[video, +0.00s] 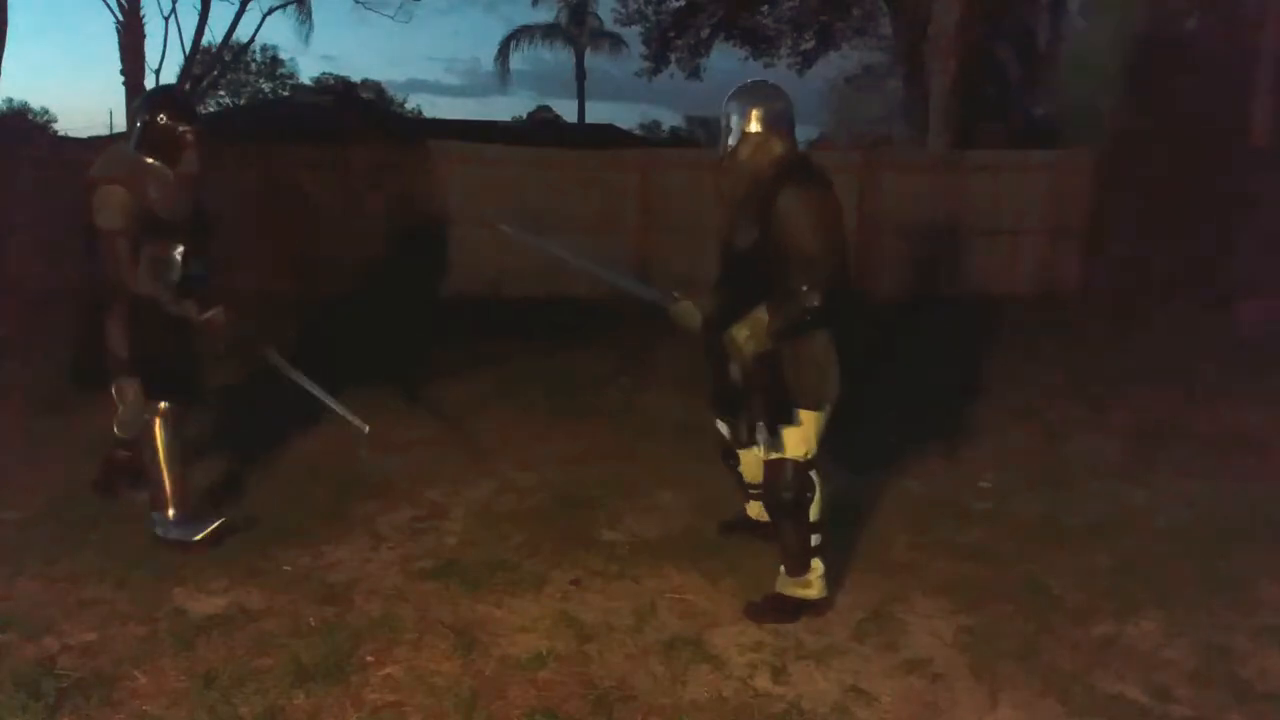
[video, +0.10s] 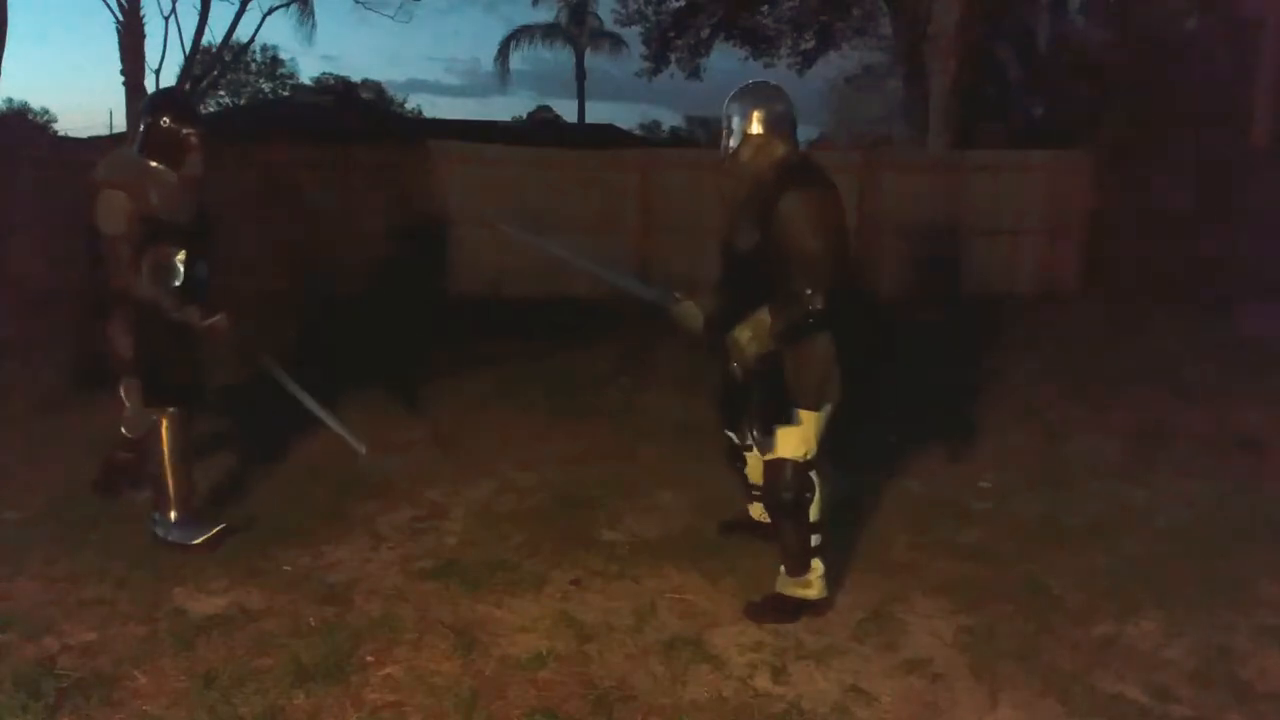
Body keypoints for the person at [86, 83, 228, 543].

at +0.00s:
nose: (187, 138)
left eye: (189, 129)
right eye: (179, 128)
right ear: (154, 127)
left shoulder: (173, 183)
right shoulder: (119, 183)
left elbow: (187, 255)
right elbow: (121, 275)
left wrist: (206, 299)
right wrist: (188, 310)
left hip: (166, 305)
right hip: (137, 308)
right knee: (164, 402)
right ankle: (173, 511)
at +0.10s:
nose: (191, 141)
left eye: (193, 132)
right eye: (184, 131)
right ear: (159, 129)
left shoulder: (175, 184)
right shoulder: (123, 183)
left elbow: (184, 254)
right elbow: (127, 277)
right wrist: (190, 314)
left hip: (168, 305)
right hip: (143, 309)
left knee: (152, 396)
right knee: (170, 402)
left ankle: (124, 466)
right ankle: (176, 512)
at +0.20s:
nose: (195, 142)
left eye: (195, 133)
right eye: (188, 132)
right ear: (165, 129)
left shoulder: (174, 182)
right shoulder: (128, 180)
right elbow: (128, 274)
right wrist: (195, 312)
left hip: (175, 306)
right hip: (152, 310)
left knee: (160, 400)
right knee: (177, 406)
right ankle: (176, 513)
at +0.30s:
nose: (206, 143)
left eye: (205, 133)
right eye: (199, 132)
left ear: (169, 132)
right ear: (175, 131)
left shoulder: (180, 183)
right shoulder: (137, 182)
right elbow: (136, 277)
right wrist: (205, 312)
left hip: (177, 309)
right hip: (156, 311)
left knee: (171, 404)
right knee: (176, 409)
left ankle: (167, 503)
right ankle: (178, 514)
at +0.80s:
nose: (248, 150)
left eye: (248, 141)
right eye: (242, 140)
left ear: (220, 143)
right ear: (221, 140)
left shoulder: (231, 186)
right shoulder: (181, 187)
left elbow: (240, 256)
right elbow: (186, 274)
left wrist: (270, 281)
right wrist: (241, 288)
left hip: (227, 308)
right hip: (195, 310)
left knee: (235, 397)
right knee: (211, 403)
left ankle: (206, 493)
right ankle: (185, 511)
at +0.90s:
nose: (256, 168)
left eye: (256, 159)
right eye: (251, 159)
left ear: (226, 155)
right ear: (231, 157)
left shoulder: (236, 191)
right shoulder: (195, 191)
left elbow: (242, 257)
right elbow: (197, 273)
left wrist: (276, 279)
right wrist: (251, 284)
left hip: (232, 306)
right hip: (207, 308)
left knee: (241, 388)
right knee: (229, 390)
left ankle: (209, 484)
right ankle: (200, 496)